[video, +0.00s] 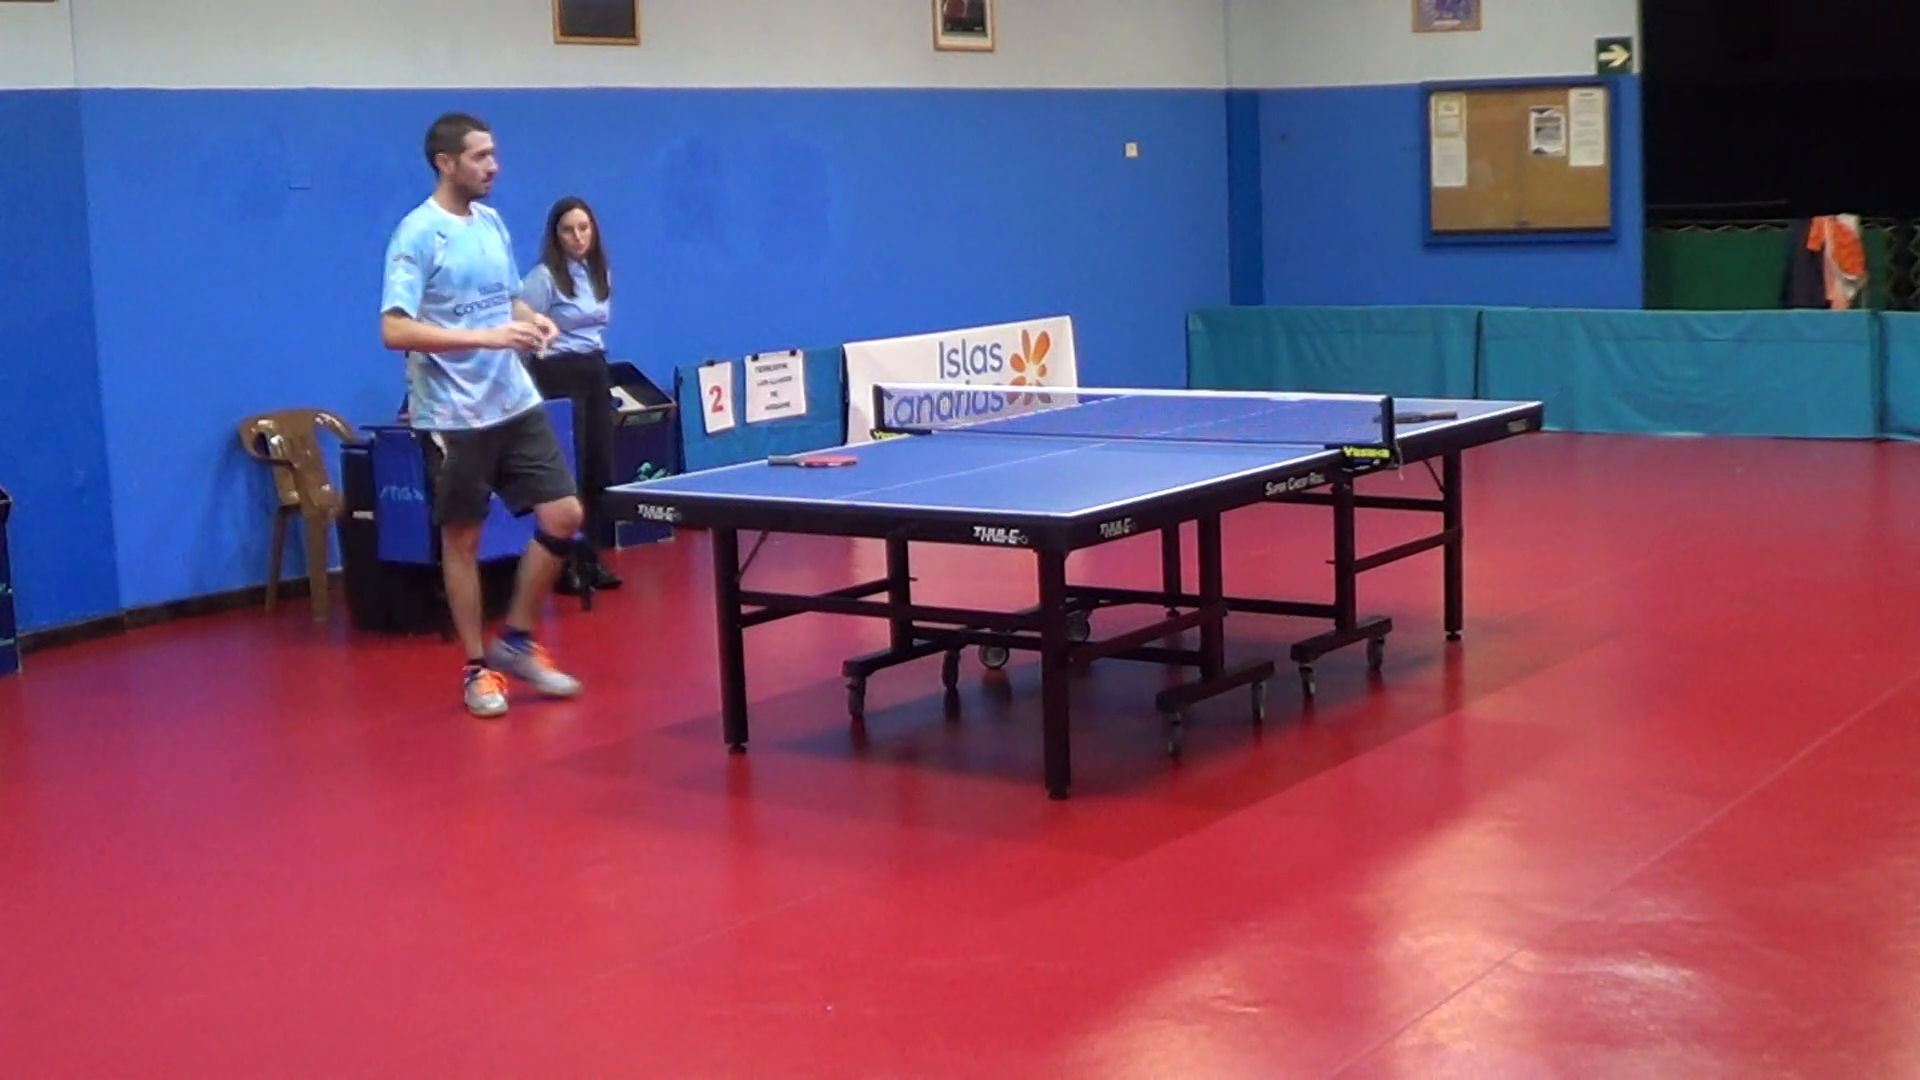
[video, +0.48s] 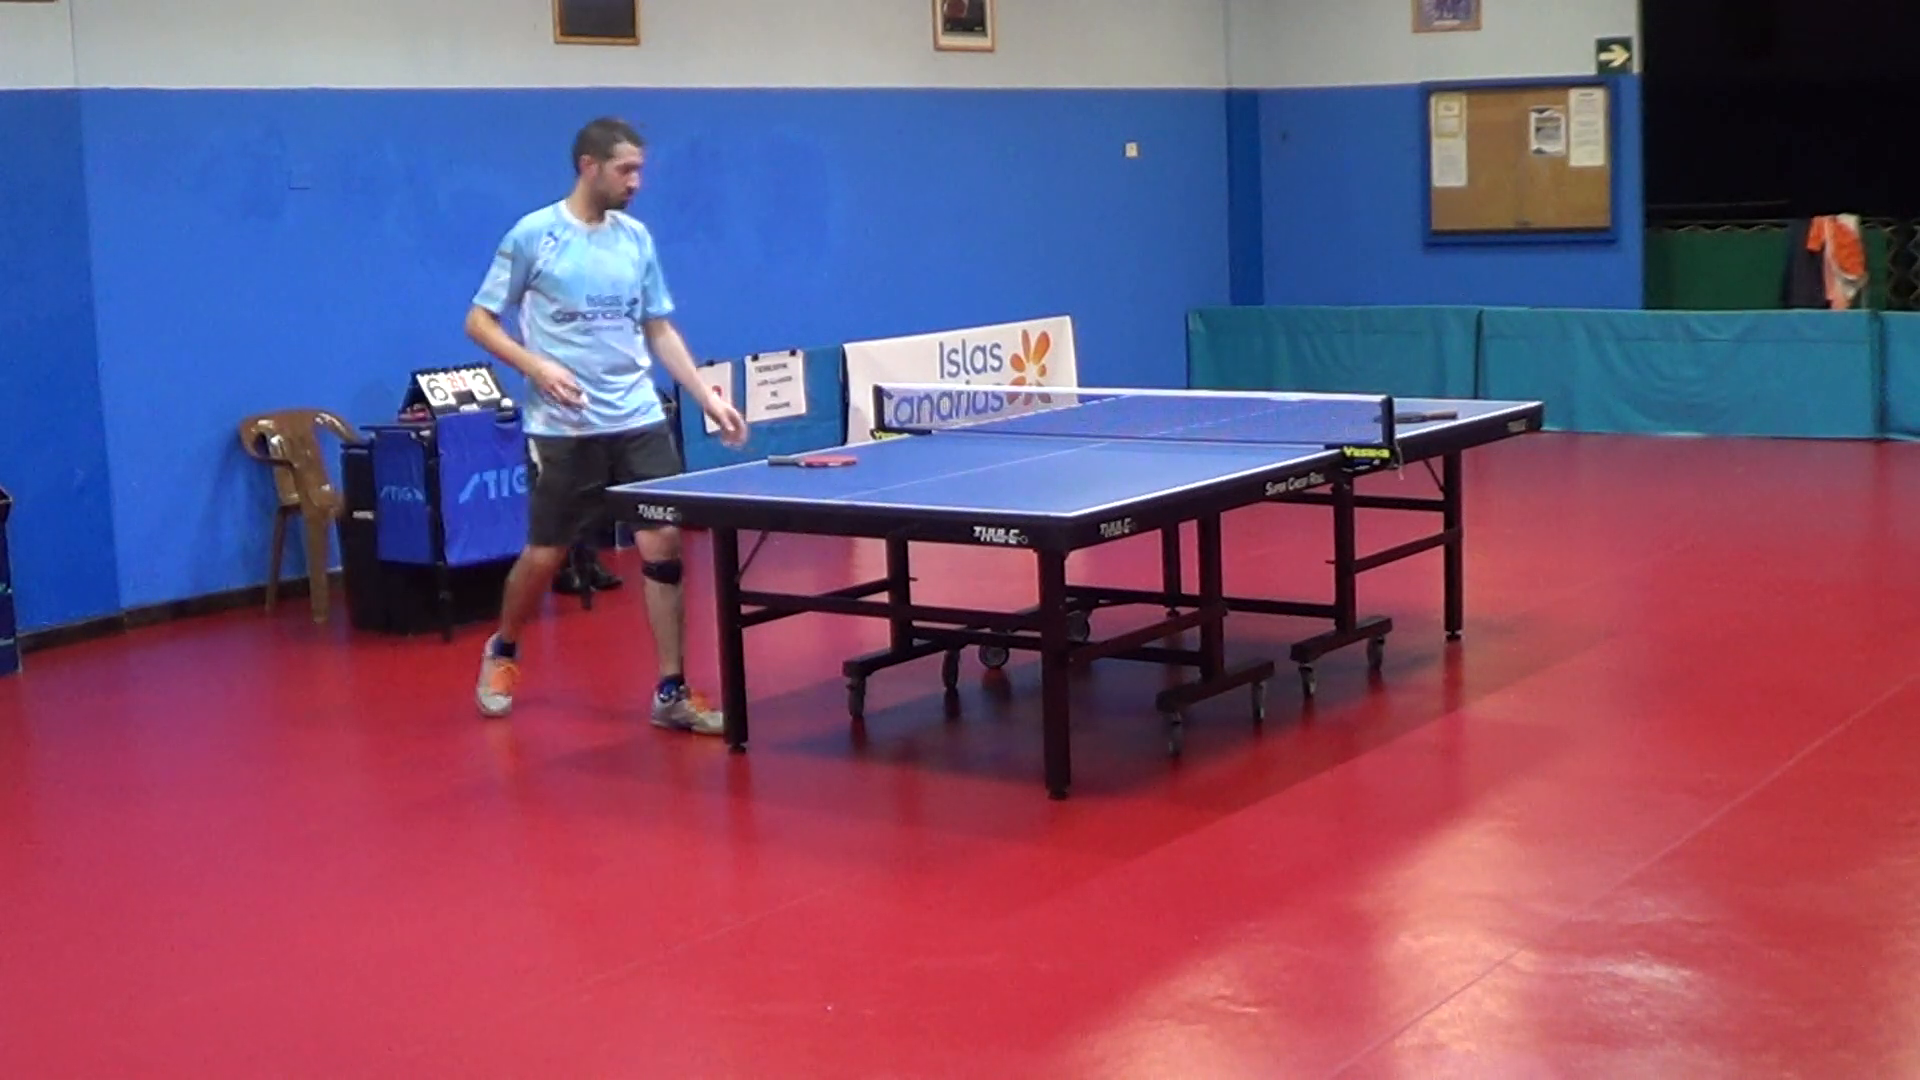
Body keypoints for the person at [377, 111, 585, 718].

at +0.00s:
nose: (492, 165)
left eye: (493, 155)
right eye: (481, 156)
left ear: (483, 161)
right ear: (444, 163)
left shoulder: (491, 221)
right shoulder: (415, 234)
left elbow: (504, 298)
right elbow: (395, 330)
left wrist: (527, 319)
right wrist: (488, 338)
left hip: (514, 403)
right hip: (454, 417)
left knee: (563, 516)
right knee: (462, 538)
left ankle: (517, 641)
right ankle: (476, 668)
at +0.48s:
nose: (637, 182)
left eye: (640, 171)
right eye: (627, 170)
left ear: (617, 171)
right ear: (589, 167)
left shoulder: (637, 237)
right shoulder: (532, 235)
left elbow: (660, 329)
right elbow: (479, 322)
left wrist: (706, 394)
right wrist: (534, 366)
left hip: (639, 422)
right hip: (562, 430)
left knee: (665, 543)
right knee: (545, 557)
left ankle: (672, 691)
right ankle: (502, 652)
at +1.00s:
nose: (717, 191)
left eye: (722, 181)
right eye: (712, 178)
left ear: (696, 170)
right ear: (678, 162)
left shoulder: (703, 237)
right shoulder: (596, 211)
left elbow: (719, 335)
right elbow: (519, 276)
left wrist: (760, 421)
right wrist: (565, 329)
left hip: (674, 419)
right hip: (599, 413)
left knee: (666, 549)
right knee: (582, 548)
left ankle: (673, 691)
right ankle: (603, 659)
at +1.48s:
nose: (627, 183)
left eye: (631, 172)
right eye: (620, 170)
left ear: (599, 168)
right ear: (582, 163)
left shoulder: (611, 229)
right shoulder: (521, 226)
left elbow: (603, 328)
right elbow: (487, 316)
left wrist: (659, 324)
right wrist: (582, 304)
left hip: (623, 419)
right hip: (553, 427)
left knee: (640, 553)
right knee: (539, 558)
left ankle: (670, 693)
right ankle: (529, 692)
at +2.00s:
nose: (529, 186)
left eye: (533, 175)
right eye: (520, 175)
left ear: (529, 172)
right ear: (483, 168)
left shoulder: (527, 219)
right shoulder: (447, 238)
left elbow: (534, 301)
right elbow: (452, 329)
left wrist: (571, 291)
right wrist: (538, 292)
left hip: (563, 403)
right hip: (501, 422)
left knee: (600, 534)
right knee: (508, 551)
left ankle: (564, 660)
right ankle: (522, 689)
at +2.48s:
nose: (482, 191)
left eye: (489, 179)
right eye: (470, 182)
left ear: (505, 169)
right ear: (454, 177)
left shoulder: (536, 227)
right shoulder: (434, 232)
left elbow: (572, 317)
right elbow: (398, 310)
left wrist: (542, 296)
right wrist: (471, 280)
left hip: (528, 408)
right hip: (463, 410)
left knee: (517, 547)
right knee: (485, 542)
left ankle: (508, 664)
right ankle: (507, 681)